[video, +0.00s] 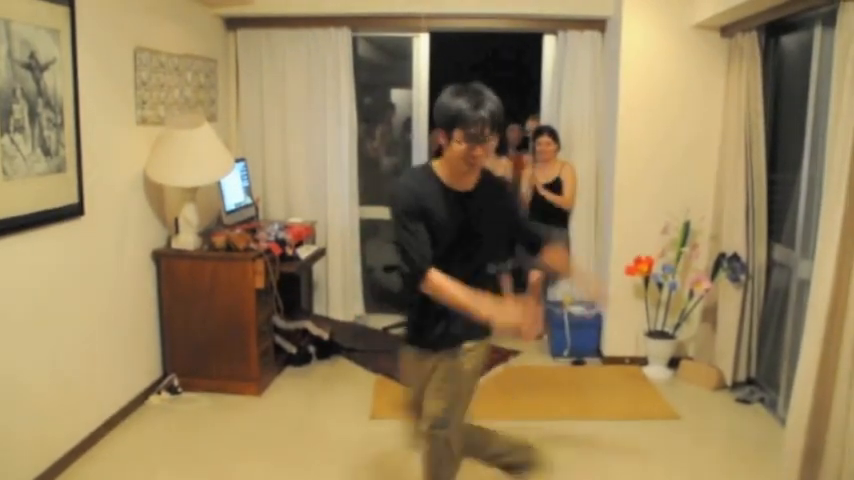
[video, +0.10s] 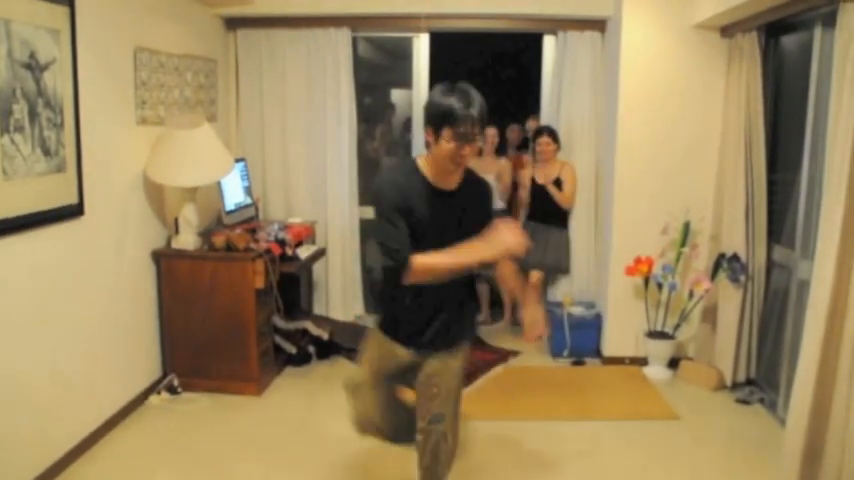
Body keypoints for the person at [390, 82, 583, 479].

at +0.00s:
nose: (477, 153)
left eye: (486, 143)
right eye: (469, 141)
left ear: (496, 143)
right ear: (443, 138)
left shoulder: (493, 191)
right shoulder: (413, 190)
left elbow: (532, 243)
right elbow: (421, 273)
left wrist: (580, 276)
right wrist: (494, 308)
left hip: (470, 329)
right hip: (425, 329)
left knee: (440, 427)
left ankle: (440, 474)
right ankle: (518, 457)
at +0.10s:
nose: (466, 151)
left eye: (473, 141)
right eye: (458, 140)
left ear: (480, 141)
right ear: (430, 136)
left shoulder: (476, 190)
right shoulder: (395, 186)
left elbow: (492, 254)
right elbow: (403, 268)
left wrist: (525, 300)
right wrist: (487, 246)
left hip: (450, 331)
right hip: (396, 327)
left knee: (438, 436)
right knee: (373, 416)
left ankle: (436, 474)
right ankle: (425, 430)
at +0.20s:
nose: (447, 159)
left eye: (455, 148)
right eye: (439, 147)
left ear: (463, 146)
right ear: (412, 139)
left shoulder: (455, 186)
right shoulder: (371, 181)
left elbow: (456, 259)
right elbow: (359, 266)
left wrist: (463, 324)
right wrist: (428, 229)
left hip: (413, 315)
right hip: (352, 305)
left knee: (427, 410)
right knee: (334, 392)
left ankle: (430, 474)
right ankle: (319, 442)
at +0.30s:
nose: (431, 175)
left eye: (438, 165)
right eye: (423, 163)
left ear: (445, 162)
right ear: (396, 154)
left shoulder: (437, 204)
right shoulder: (354, 195)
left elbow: (441, 274)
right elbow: (326, 271)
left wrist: (447, 334)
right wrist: (376, 298)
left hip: (389, 316)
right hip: (329, 312)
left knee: (419, 407)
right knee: (302, 406)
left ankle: (432, 473)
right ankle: (242, 472)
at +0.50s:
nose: (388, 172)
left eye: (396, 163)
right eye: (381, 161)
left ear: (406, 159)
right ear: (359, 152)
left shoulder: (408, 192)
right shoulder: (325, 199)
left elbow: (459, 228)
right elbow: (277, 260)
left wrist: (440, 165)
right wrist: (238, 303)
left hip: (377, 315)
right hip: (320, 324)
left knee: (439, 367)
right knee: (284, 406)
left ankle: (435, 473)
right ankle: (232, 473)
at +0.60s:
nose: (389, 155)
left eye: (398, 146)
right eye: (381, 145)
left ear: (409, 139)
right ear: (361, 133)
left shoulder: (412, 165)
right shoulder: (330, 172)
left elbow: (464, 165)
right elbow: (279, 222)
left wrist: (422, 106)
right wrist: (241, 261)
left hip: (400, 294)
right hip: (346, 304)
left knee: (448, 366)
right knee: (351, 397)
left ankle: (395, 428)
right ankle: (281, 447)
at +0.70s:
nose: (388, 152)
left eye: (395, 143)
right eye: (379, 144)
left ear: (407, 136)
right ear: (362, 139)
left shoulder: (417, 164)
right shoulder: (336, 172)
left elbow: (442, 168)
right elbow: (299, 228)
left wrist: (409, 102)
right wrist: (269, 257)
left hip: (421, 289)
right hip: (371, 294)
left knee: (436, 386)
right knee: (420, 380)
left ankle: (404, 433)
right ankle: (404, 448)